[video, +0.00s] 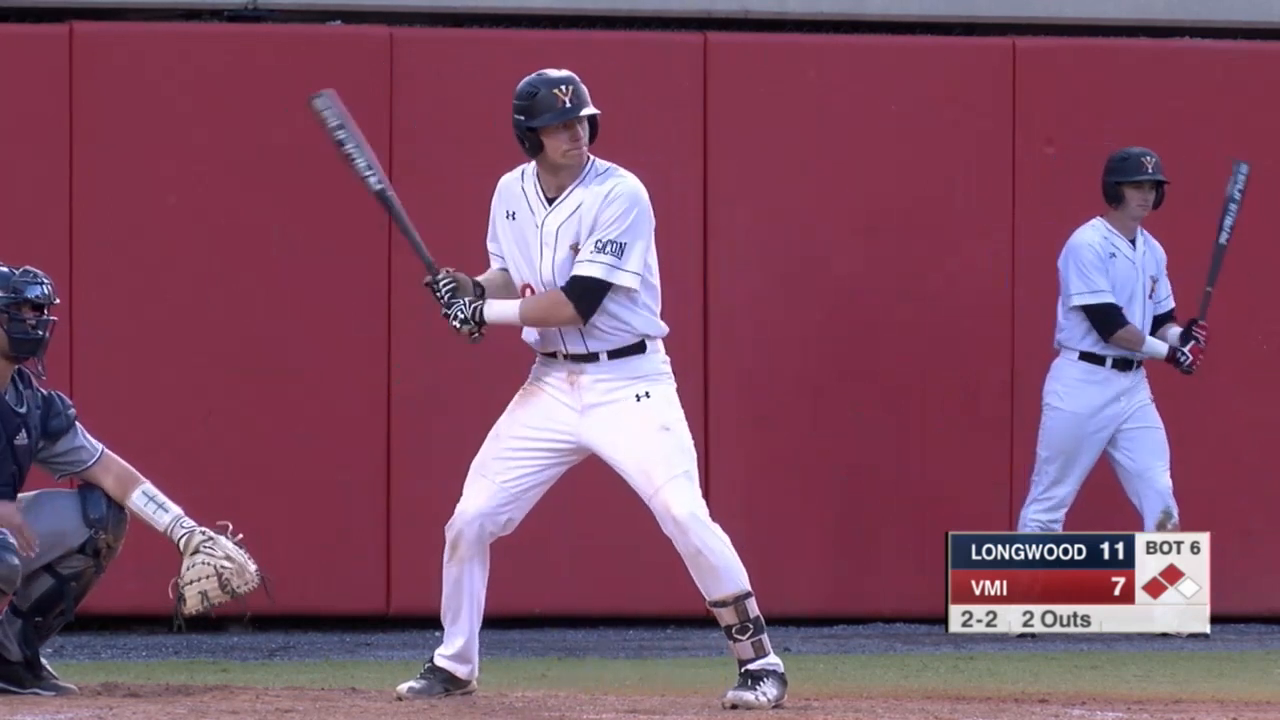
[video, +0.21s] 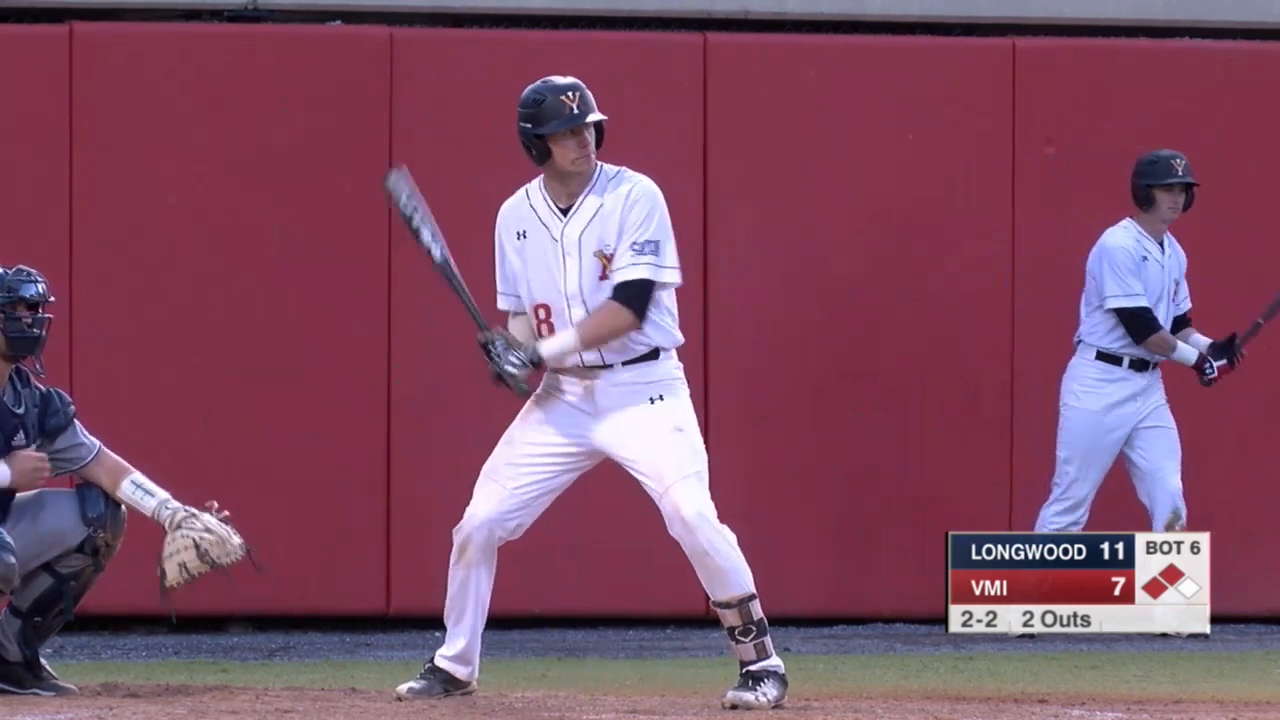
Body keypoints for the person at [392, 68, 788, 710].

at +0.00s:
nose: (577, 134)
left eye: (582, 122)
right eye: (562, 126)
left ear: (591, 122)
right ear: (530, 133)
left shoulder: (622, 192)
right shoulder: (510, 193)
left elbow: (576, 304)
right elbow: (511, 271)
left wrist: (486, 310)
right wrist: (472, 291)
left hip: (630, 382)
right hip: (550, 382)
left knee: (681, 510)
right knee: (470, 520)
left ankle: (759, 664)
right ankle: (454, 665)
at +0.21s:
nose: (582, 140)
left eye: (587, 127)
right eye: (567, 132)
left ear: (597, 127)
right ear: (538, 141)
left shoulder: (636, 194)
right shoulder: (514, 215)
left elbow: (629, 305)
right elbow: (518, 315)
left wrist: (548, 350)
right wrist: (514, 354)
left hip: (645, 389)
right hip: (559, 394)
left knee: (690, 514)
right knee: (478, 525)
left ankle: (761, 665)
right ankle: (454, 666)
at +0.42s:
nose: (600, 142)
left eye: (604, 130)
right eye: (584, 135)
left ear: (613, 131)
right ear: (554, 145)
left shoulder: (655, 201)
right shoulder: (526, 225)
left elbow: (681, 314)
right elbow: (533, 336)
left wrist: (629, 397)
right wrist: (570, 402)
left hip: (659, 395)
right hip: (570, 403)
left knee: (697, 516)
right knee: (484, 527)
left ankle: (762, 665)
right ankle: (455, 666)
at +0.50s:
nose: (605, 144)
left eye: (609, 132)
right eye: (589, 136)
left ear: (617, 133)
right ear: (557, 145)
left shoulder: (658, 204)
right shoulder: (526, 225)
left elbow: (683, 319)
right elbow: (532, 337)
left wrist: (631, 400)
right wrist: (575, 406)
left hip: (658, 397)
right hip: (570, 403)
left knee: (697, 516)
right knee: (483, 526)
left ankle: (762, 666)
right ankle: (454, 666)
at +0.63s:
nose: (611, 145)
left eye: (614, 133)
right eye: (595, 137)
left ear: (621, 134)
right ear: (561, 145)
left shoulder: (659, 207)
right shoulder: (526, 222)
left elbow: (681, 320)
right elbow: (527, 336)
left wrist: (626, 401)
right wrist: (571, 402)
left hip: (653, 397)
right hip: (563, 403)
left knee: (695, 516)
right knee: (479, 526)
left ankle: (762, 665)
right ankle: (454, 666)